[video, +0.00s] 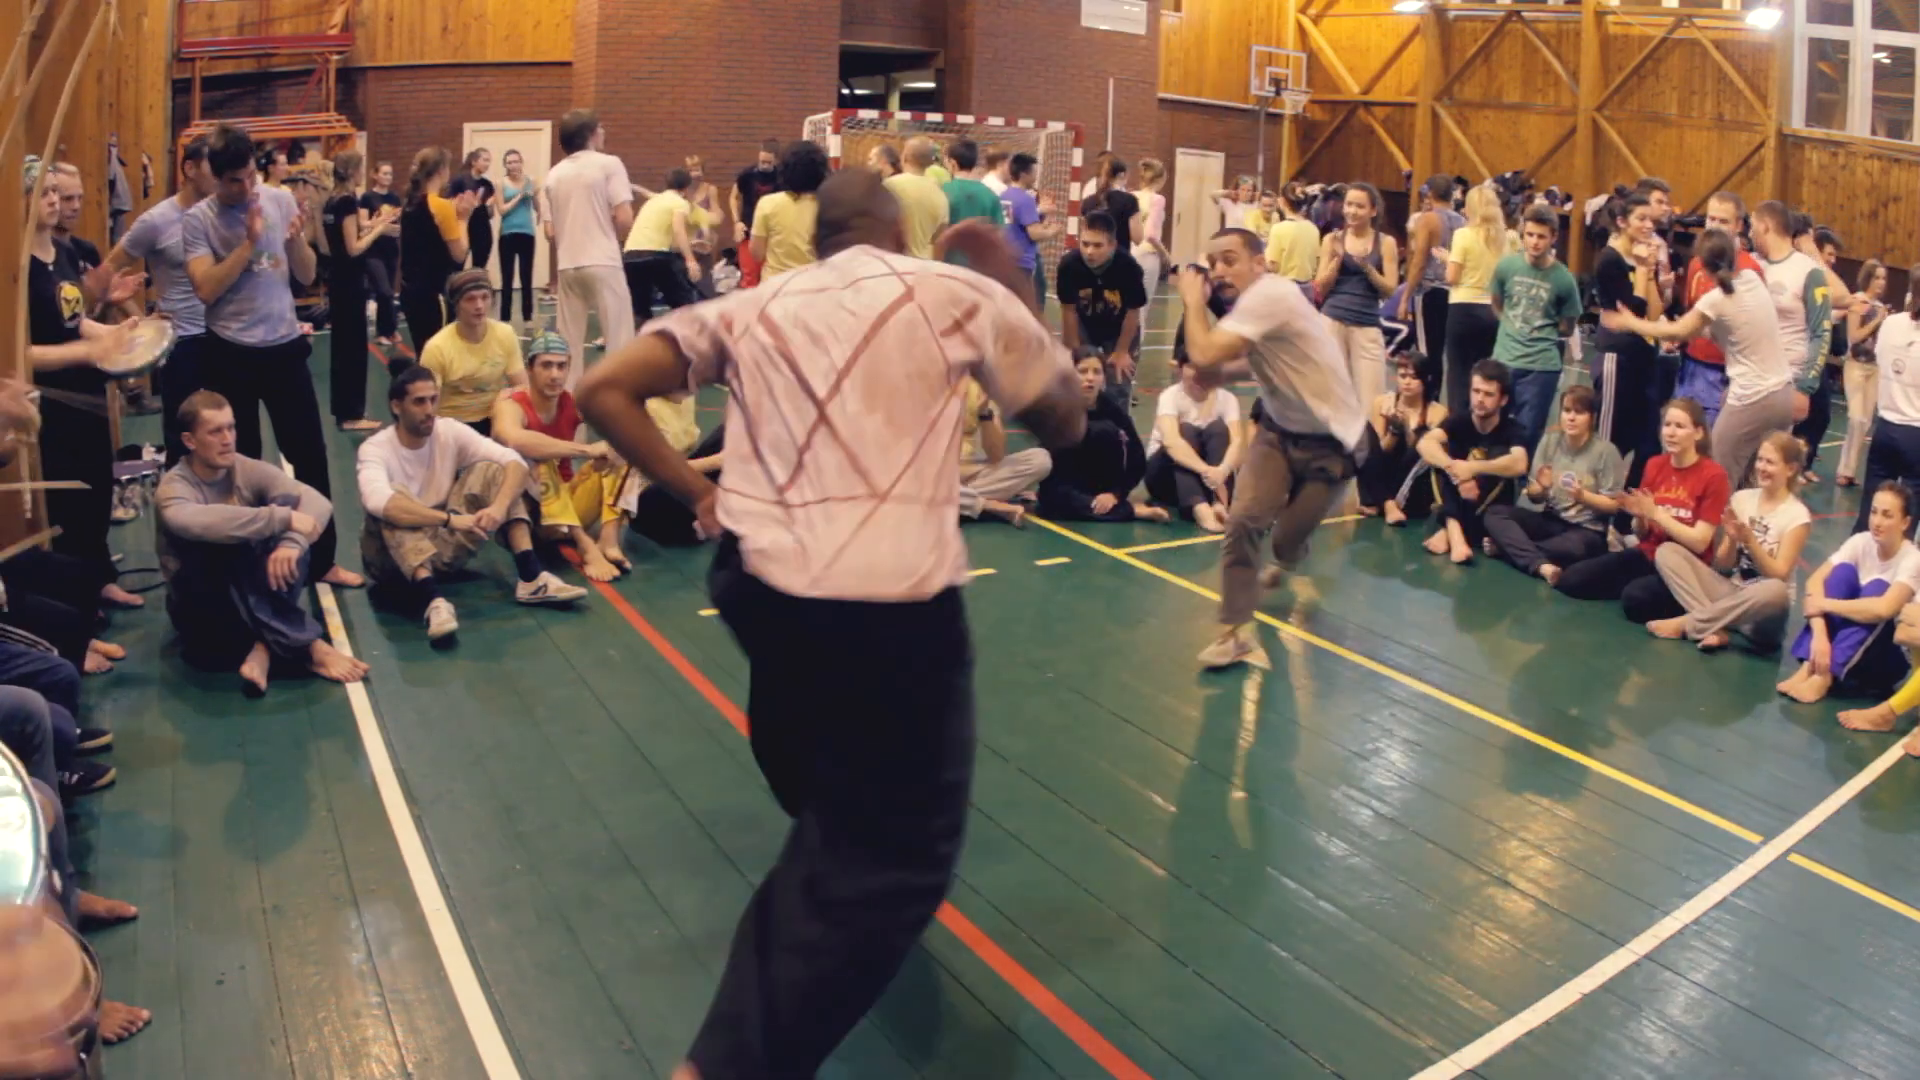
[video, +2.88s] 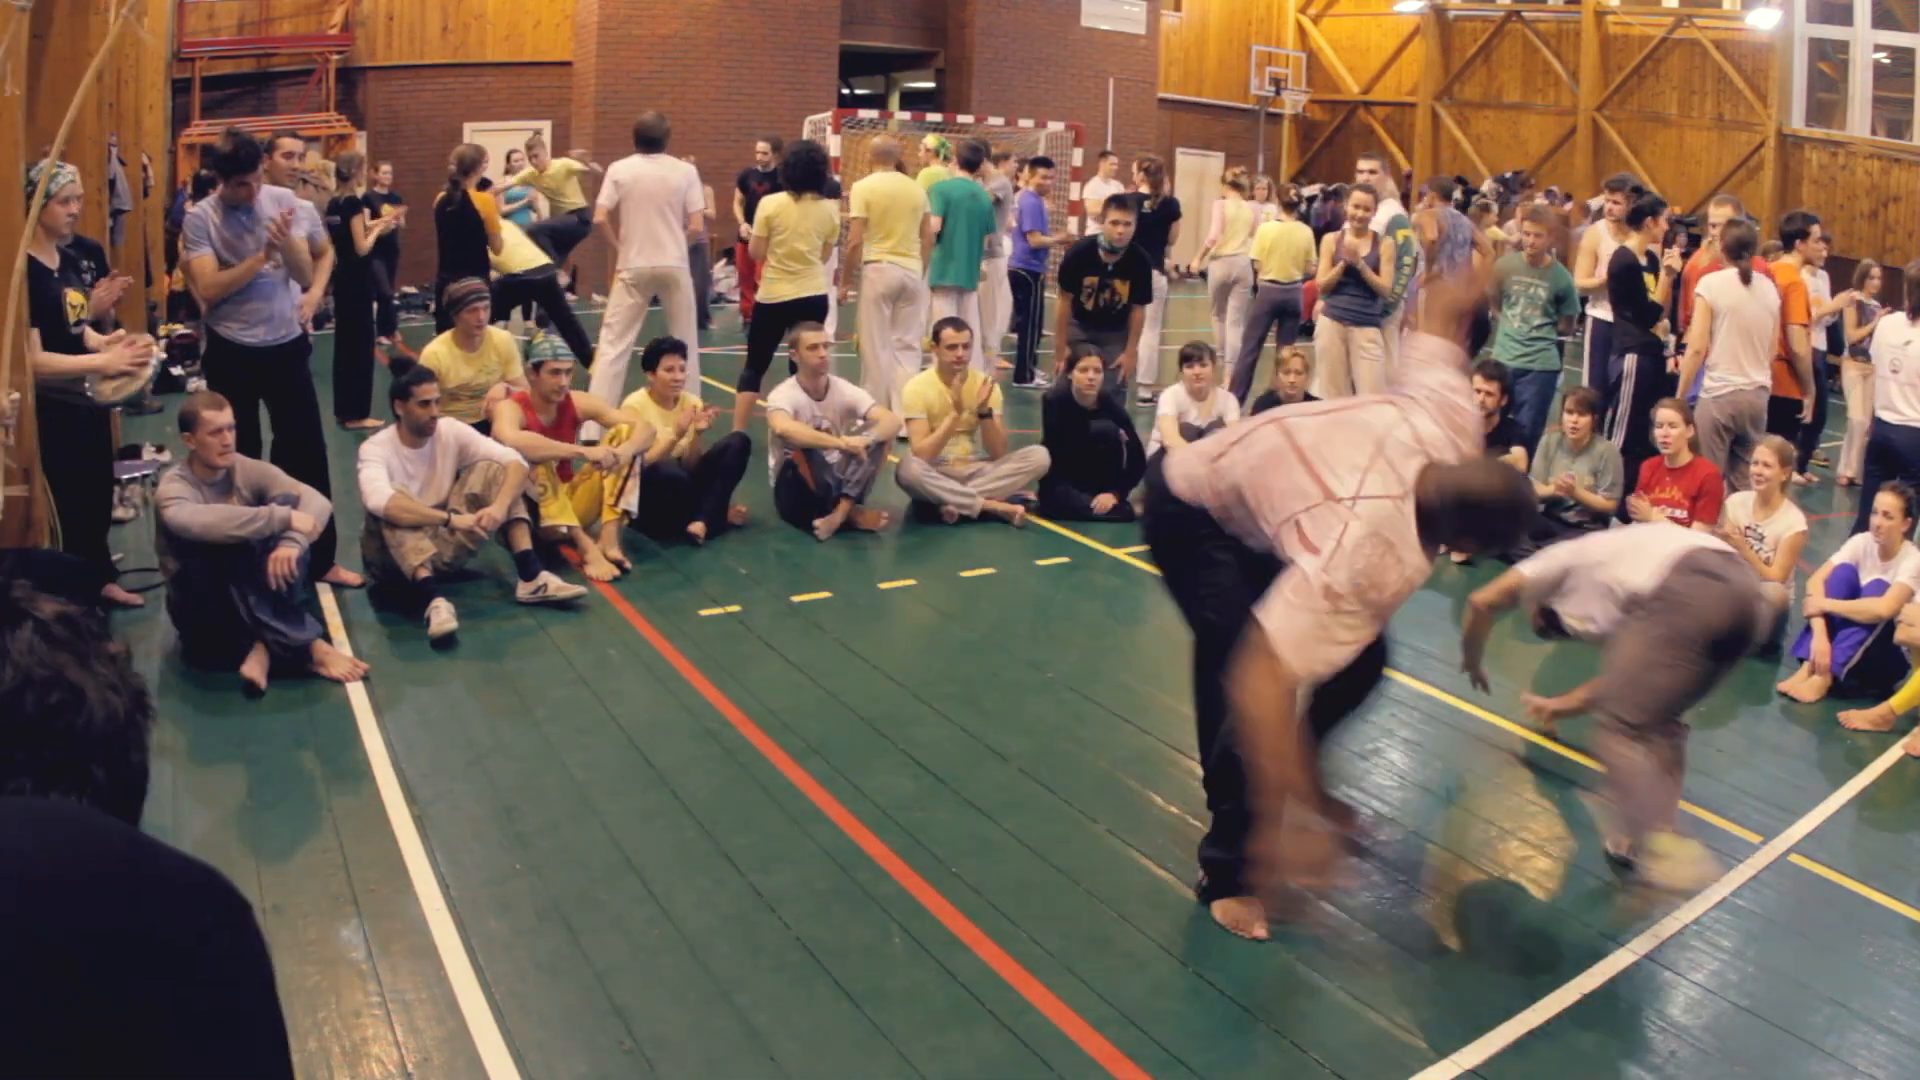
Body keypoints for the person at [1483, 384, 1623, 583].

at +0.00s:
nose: (1571, 418)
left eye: (1578, 412)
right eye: (1567, 411)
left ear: (1591, 417)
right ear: (1560, 414)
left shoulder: (1606, 451)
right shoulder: (1550, 440)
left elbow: (1614, 505)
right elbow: (1532, 495)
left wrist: (1582, 495)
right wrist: (1541, 487)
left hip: (1584, 530)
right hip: (1548, 520)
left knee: (1575, 548)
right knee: (1494, 514)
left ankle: (1509, 550)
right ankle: (1539, 566)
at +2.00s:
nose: (1569, 419)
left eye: (1577, 413)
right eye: (1565, 411)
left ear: (1591, 419)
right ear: (1559, 414)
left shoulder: (1606, 453)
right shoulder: (1549, 441)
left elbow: (1614, 506)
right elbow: (1529, 491)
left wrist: (1582, 497)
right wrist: (1541, 488)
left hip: (1584, 530)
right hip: (1547, 520)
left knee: (1574, 549)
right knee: (1494, 514)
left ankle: (1509, 550)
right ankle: (1539, 566)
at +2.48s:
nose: (1570, 420)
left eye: (1578, 414)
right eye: (1566, 412)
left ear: (1592, 420)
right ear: (1559, 415)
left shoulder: (1606, 451)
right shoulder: (1550, 441)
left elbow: (1617, 505)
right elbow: (1533, 497)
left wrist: (1589, 499)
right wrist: (1536, 484)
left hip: (1585, 529)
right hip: (1549, 518)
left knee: (1574, 548)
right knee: (1497, 512)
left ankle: (1510, 553)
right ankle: (1539, 565)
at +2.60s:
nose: (1572, 419)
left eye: (1580, 414)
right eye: (1567, 412)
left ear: (1593, 419)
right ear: (1560, 415)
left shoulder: (1607, 452)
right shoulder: (1549, 441)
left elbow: (1609, 505)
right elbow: (1534, 489)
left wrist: (1574, 490)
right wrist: (1553, 491)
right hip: (1551, 516)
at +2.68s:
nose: (1572, 419)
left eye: (1580, 414)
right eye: (1568, 412)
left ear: (1594, 419)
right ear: (1561, 414)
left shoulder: (1607, 452)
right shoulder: (1549, 441)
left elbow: (1613, 504)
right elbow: (1533, 483)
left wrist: (1581, 493)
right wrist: (1557, 483)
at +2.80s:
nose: (1572, 420)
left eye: (1580, 414)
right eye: (1568, 412)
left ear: (1594, 420)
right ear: (1561, 414)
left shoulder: (1607, 452)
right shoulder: (1550, 440)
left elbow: (1615, 504)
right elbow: (1532, 494)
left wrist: (1586, 497)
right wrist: (1541, 487)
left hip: (1583, 522)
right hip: (1546, 514)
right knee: (1494, 513)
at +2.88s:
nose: (1574, 420)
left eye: (1581, 414)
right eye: (1569, 413)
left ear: (1594, 419)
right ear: (1562, 415)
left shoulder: (1607, 452)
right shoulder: (1549, 442)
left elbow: (1610, 505)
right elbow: (1532, 489)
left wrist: (1576, 492)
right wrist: (1554, 489)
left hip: (1586, 525)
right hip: (1548, 517)